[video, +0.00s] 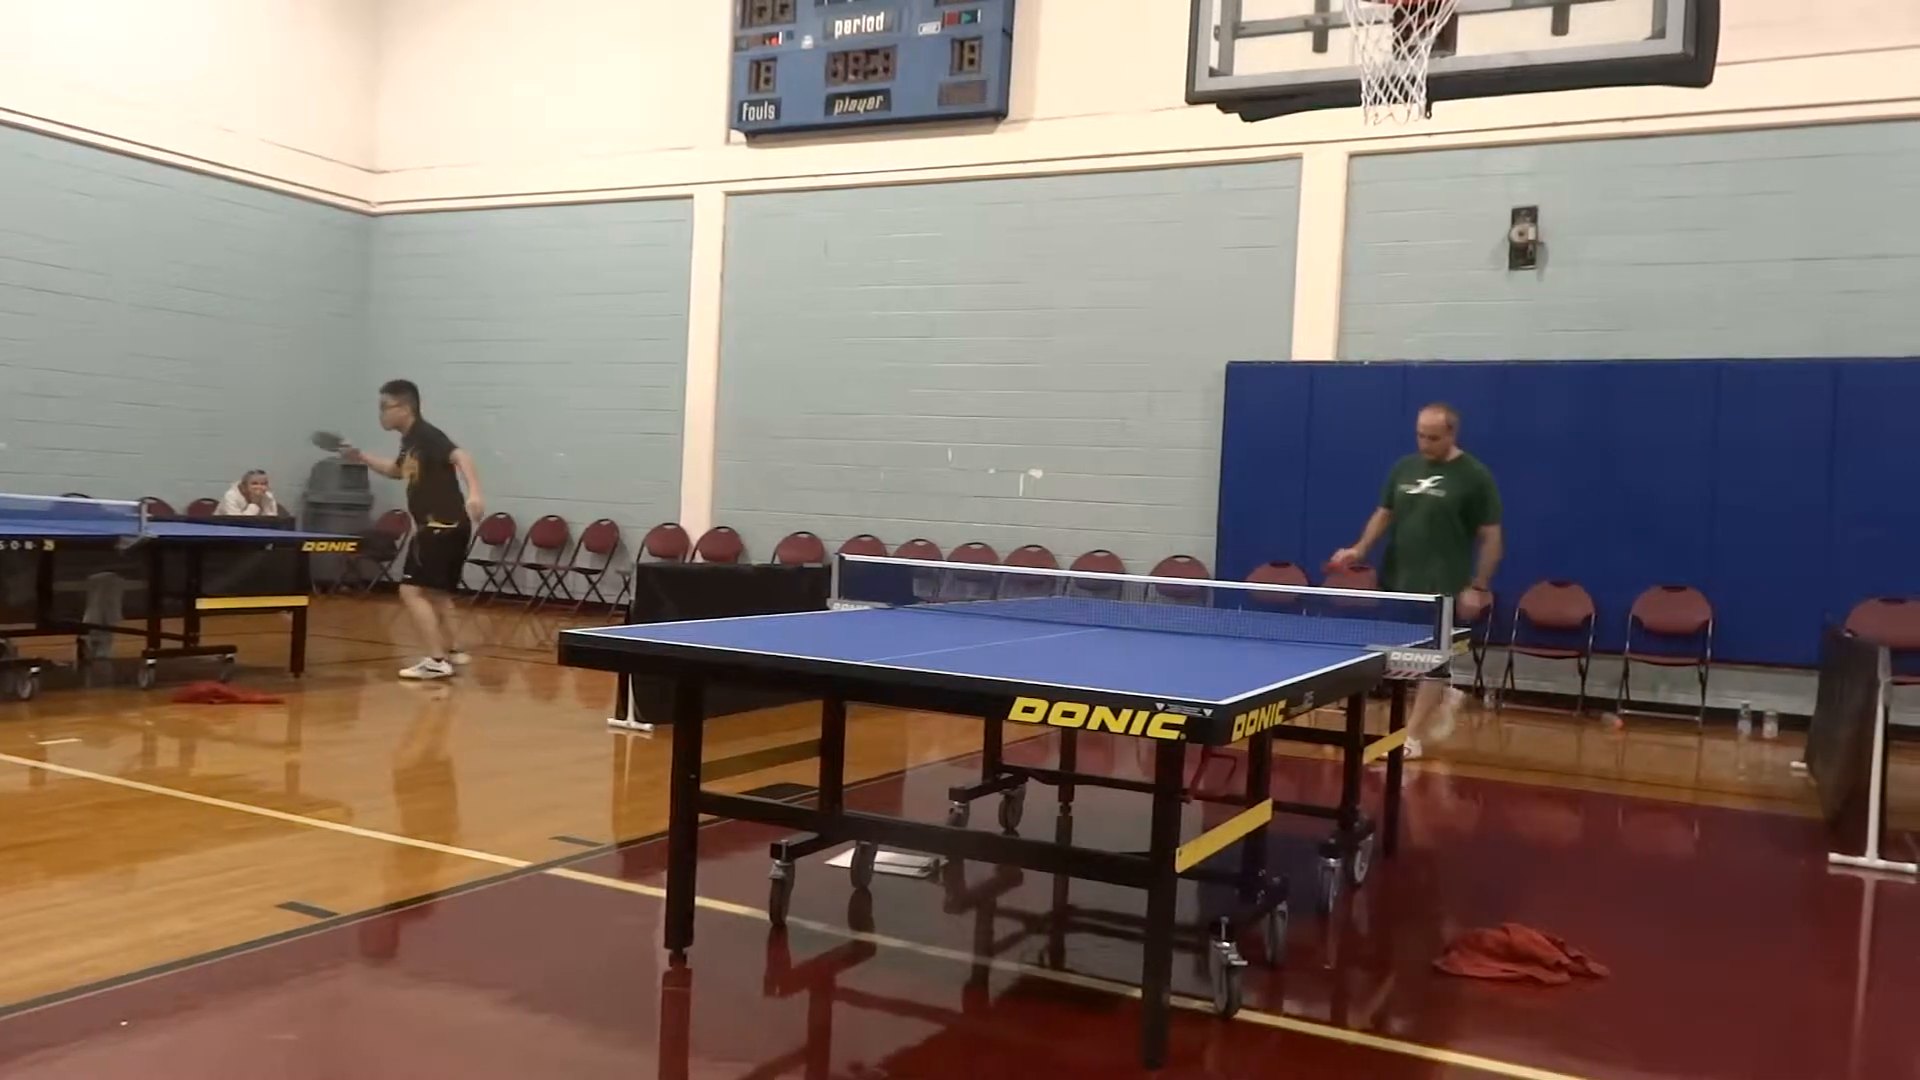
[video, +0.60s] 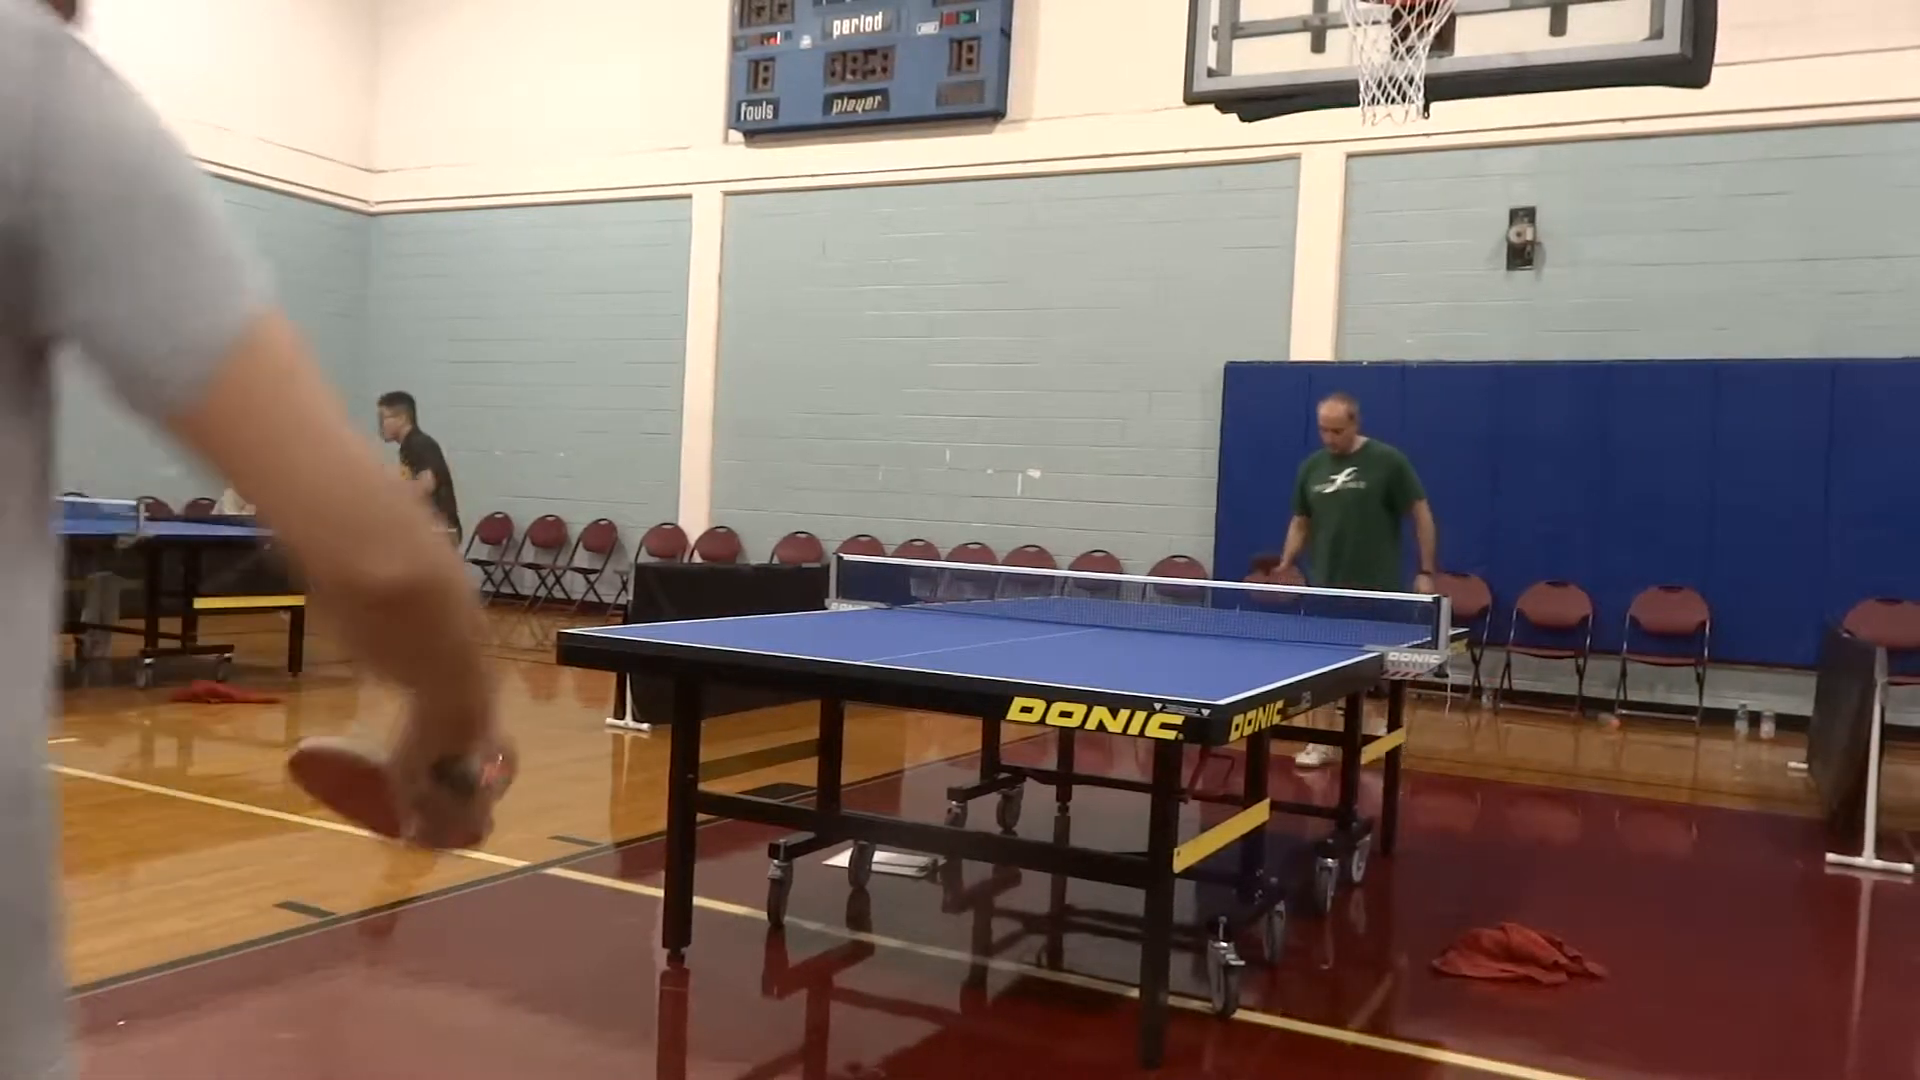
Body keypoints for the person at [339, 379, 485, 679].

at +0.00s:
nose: (381, 412)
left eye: (386, 407)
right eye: (381, 406)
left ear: (406, 408)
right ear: (400, 408)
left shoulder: (427, 434)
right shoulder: (410, 439)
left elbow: (460, 457)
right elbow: (398, 471)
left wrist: (475, 494)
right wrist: (363, 458)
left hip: (441, 525)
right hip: (438, 525)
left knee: (410, 590)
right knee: (438, 592)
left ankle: (438, 659)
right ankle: (453, 651)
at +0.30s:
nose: (380, 417)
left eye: (386, 411)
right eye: (380, 411)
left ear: (405, 413)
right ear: (392, 415)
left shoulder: (427, 441)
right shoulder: (400, 450)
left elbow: (457, 476)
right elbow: (398, 491)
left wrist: (439, 515)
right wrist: (366, 501)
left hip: (438, 525)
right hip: (418, 525)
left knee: (411, 585)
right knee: (402, 585)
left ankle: (436, 658)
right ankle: (419, 649)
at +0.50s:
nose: (381, 414)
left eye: (386, 408)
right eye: (381, 408)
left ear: (406, 410)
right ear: (397, 411)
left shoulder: (423, 437)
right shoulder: (405, 443)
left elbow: (440, 473)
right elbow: (403, 487)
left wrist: (407, 503)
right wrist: (369, 491)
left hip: (440, 524)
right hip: (423, 523)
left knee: (422, 582)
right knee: (406, 581)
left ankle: (442, 655)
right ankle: (428, 648)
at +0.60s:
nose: (381, 425)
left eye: (385, 418)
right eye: (381, 419)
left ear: (402, 419)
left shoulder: (419, 444)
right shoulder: (407, 446)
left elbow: (428, 483)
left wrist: (393, 489)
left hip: (440, 530)